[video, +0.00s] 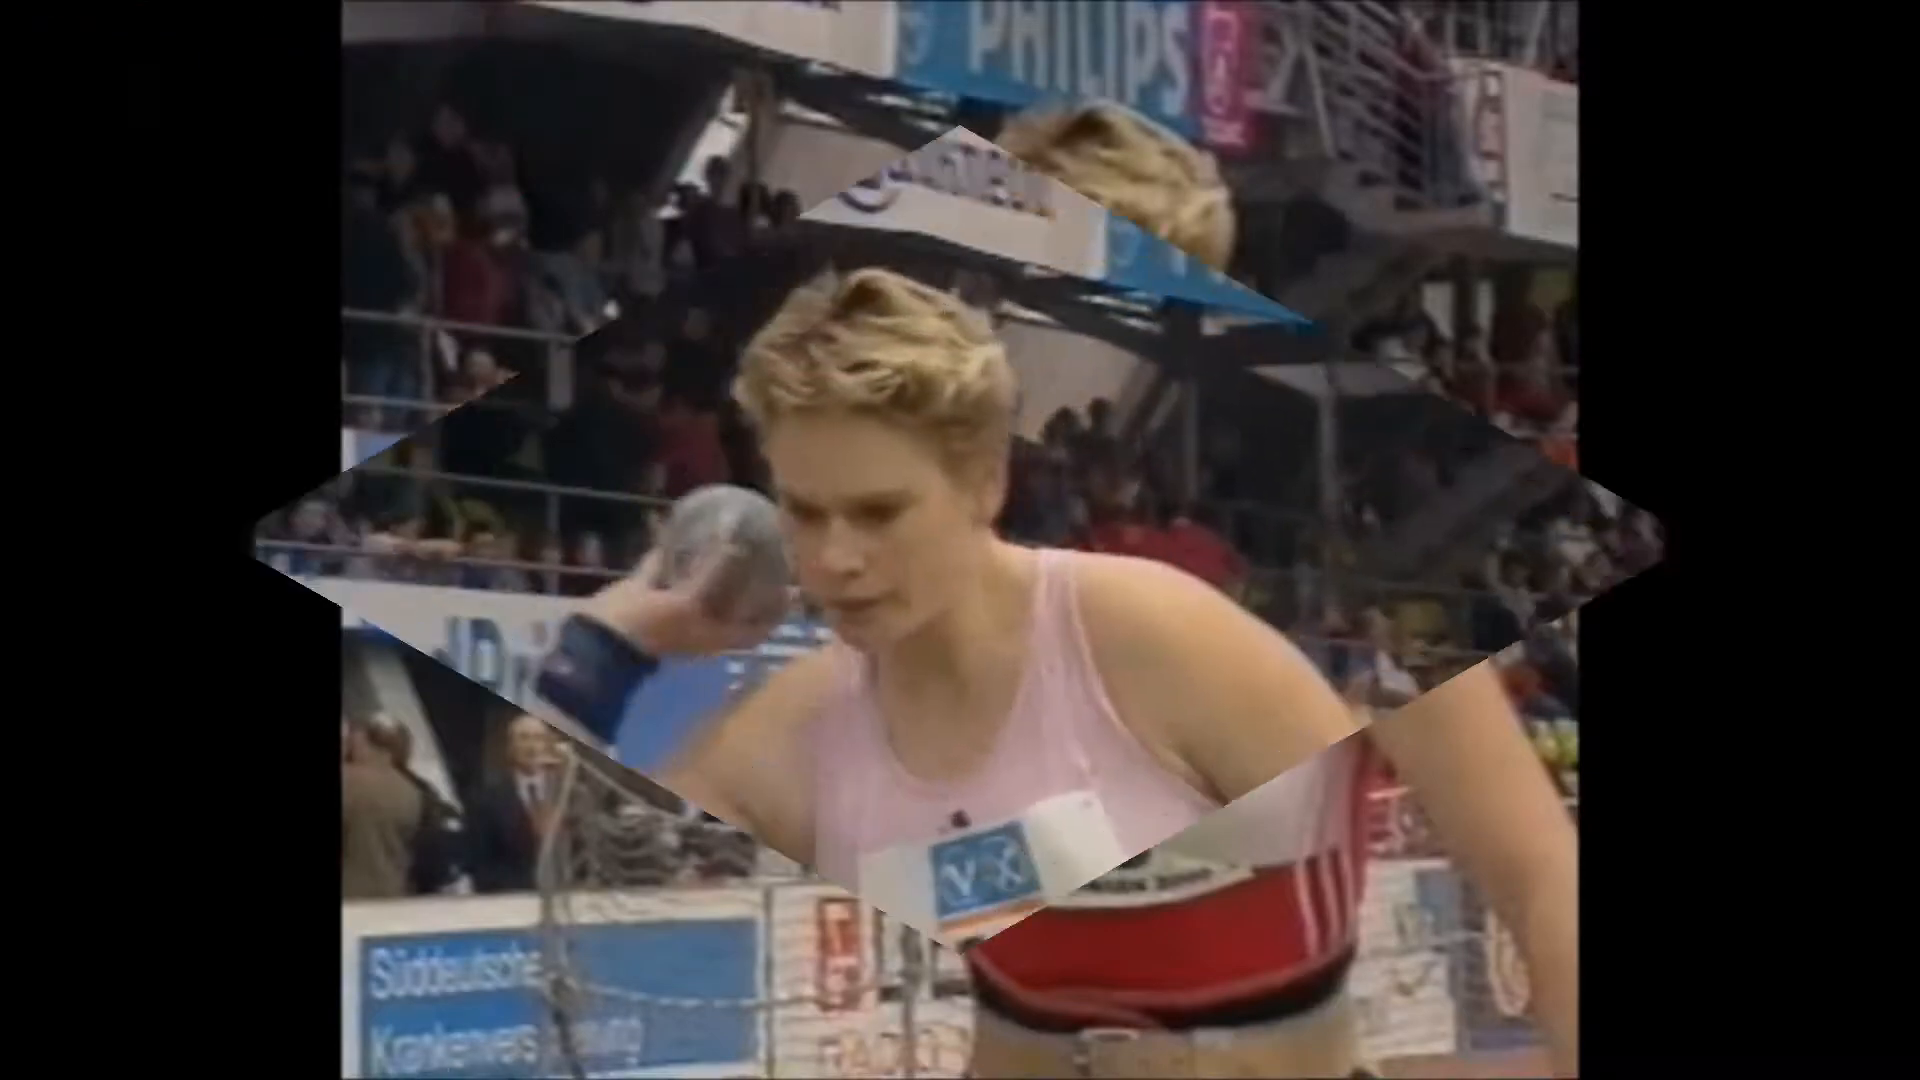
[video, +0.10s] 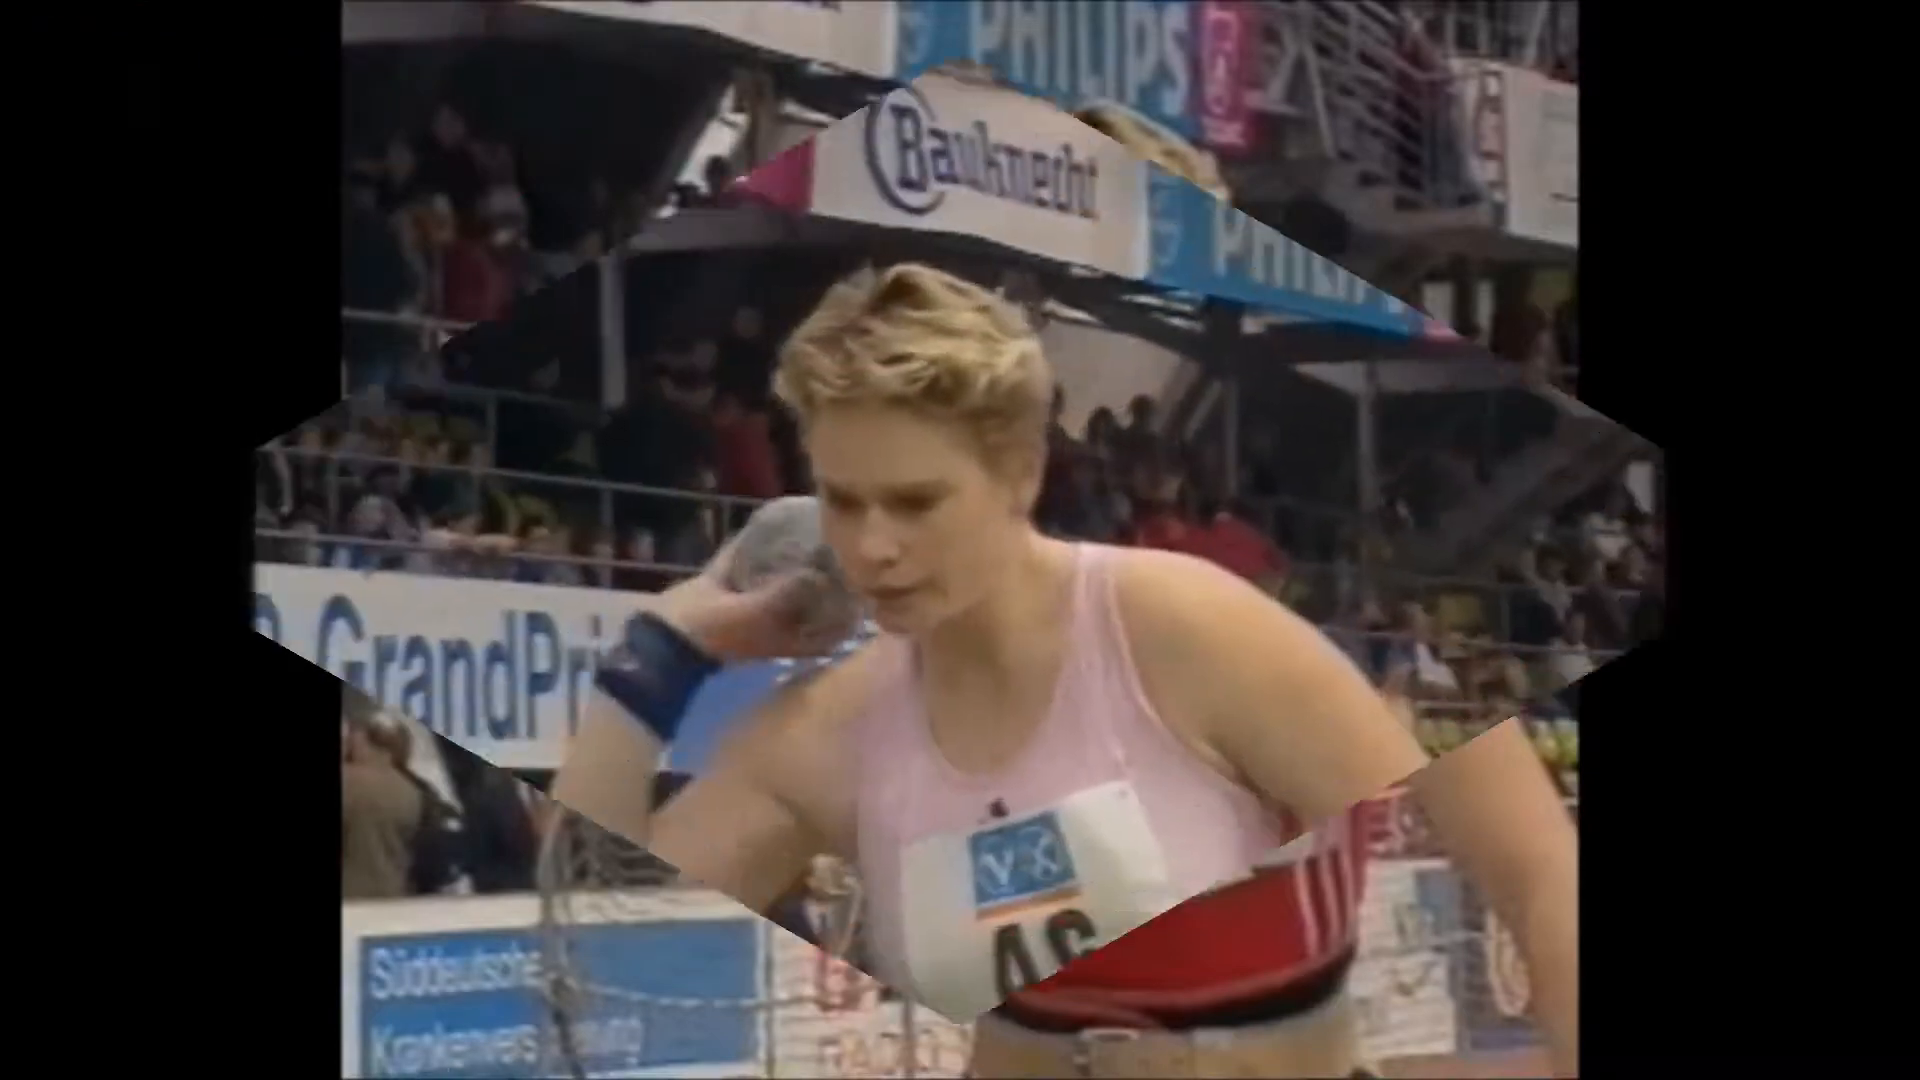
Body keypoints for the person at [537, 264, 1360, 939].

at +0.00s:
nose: (835, 562)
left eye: (879, 513)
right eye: (802, 514)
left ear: (982, 481)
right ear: (771, 499)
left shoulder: (1149, 634)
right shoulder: (781, 743)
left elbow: (1410, 879)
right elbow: (560, 910)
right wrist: (608, 638)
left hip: (1221, 1067)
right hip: (946, 1064)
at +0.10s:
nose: (873, 549)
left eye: (914, 501)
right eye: (843, 503)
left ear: (1020, 475)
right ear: (813, 491)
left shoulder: (1178, 625)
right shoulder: (824, 735)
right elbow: (583, 953)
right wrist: (655, 653)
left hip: (1282, 1068)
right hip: (1006, 1073)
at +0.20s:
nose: (896, 534)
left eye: (939, 486)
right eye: (867, 490)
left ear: (1044, 459)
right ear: (835, 481)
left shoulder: (1193, 619)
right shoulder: (845, 723)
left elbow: (1521, 854)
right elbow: (591, 943)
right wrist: (702, 641)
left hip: (1281, 1058)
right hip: (1025, 1064)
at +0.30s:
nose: (939, 509)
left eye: (984, 464)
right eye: (910, 465)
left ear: (1087, 441)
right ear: (882, 458)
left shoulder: (1226, 610)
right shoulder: (877, 712)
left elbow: (1519, 877)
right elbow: (593, 895)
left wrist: (1563, 1060)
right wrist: (744, 612)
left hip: (1289, 1051)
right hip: (1048, 1060)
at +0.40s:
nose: (981, 496)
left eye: (1027, 453)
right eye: (954, 453)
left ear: (1133, 439)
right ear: (929, 454)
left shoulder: (1260, 604)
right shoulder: (921, 705)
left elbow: (1519, 871)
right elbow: (623, 855)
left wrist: (1558, 1043)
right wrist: (801, 603)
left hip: (1315, 1052)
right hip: (1074, 1063)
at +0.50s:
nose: (1056, 505)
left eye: (1101, 464)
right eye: (1034, 463)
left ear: (1210, 462)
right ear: (1008, 462)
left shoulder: (1331, 633)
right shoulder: (989, 712)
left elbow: (1570, 881)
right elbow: (670, 818)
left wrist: (1504, 1048)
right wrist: (879, 605)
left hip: (1352, 1057)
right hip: (1112, 1066)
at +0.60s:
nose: (1104, 512)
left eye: (1146, 472)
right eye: (1081, 472)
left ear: (1254, 471)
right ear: (1054, 474)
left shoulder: (1368, 651)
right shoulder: (1020, 716)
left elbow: (1595, 902)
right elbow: (716, 792)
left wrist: (1516, 1045)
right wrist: (925, 610)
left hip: (1372, 1057)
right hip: (1135, 1064)